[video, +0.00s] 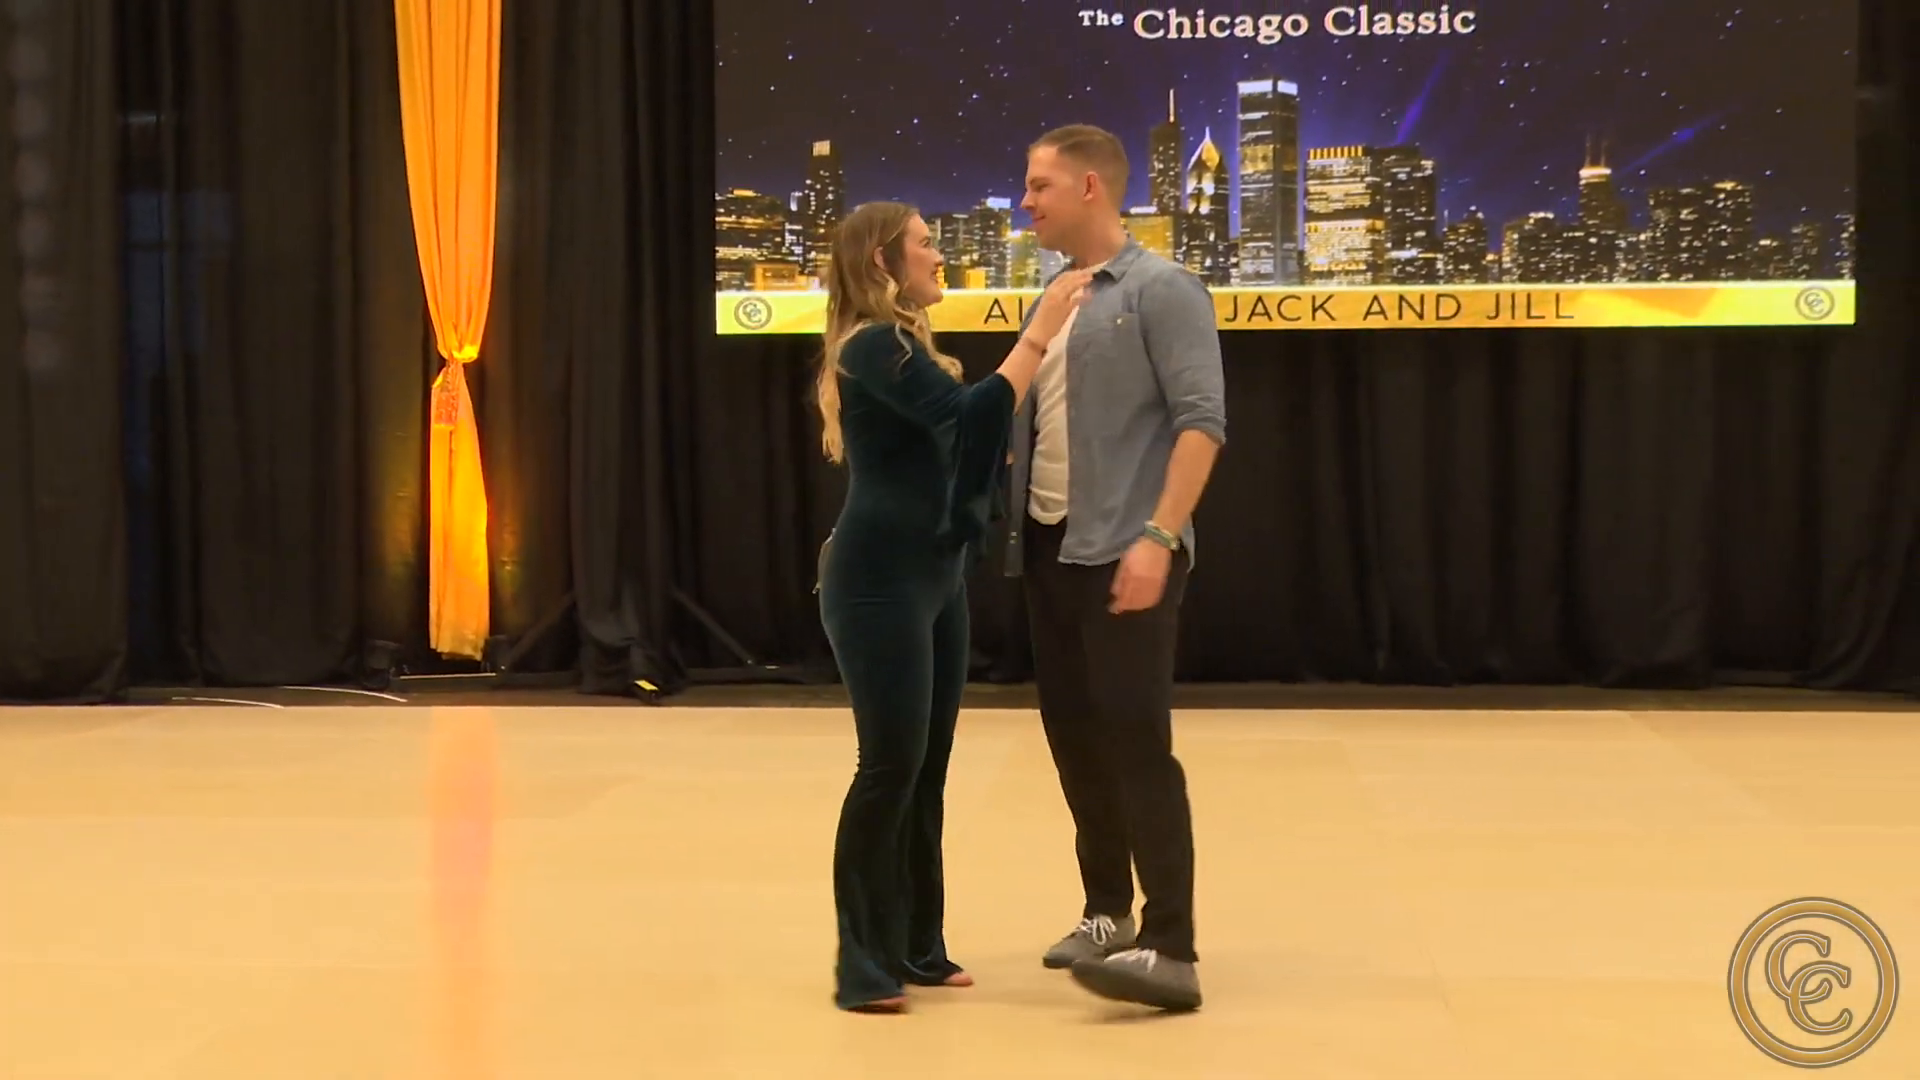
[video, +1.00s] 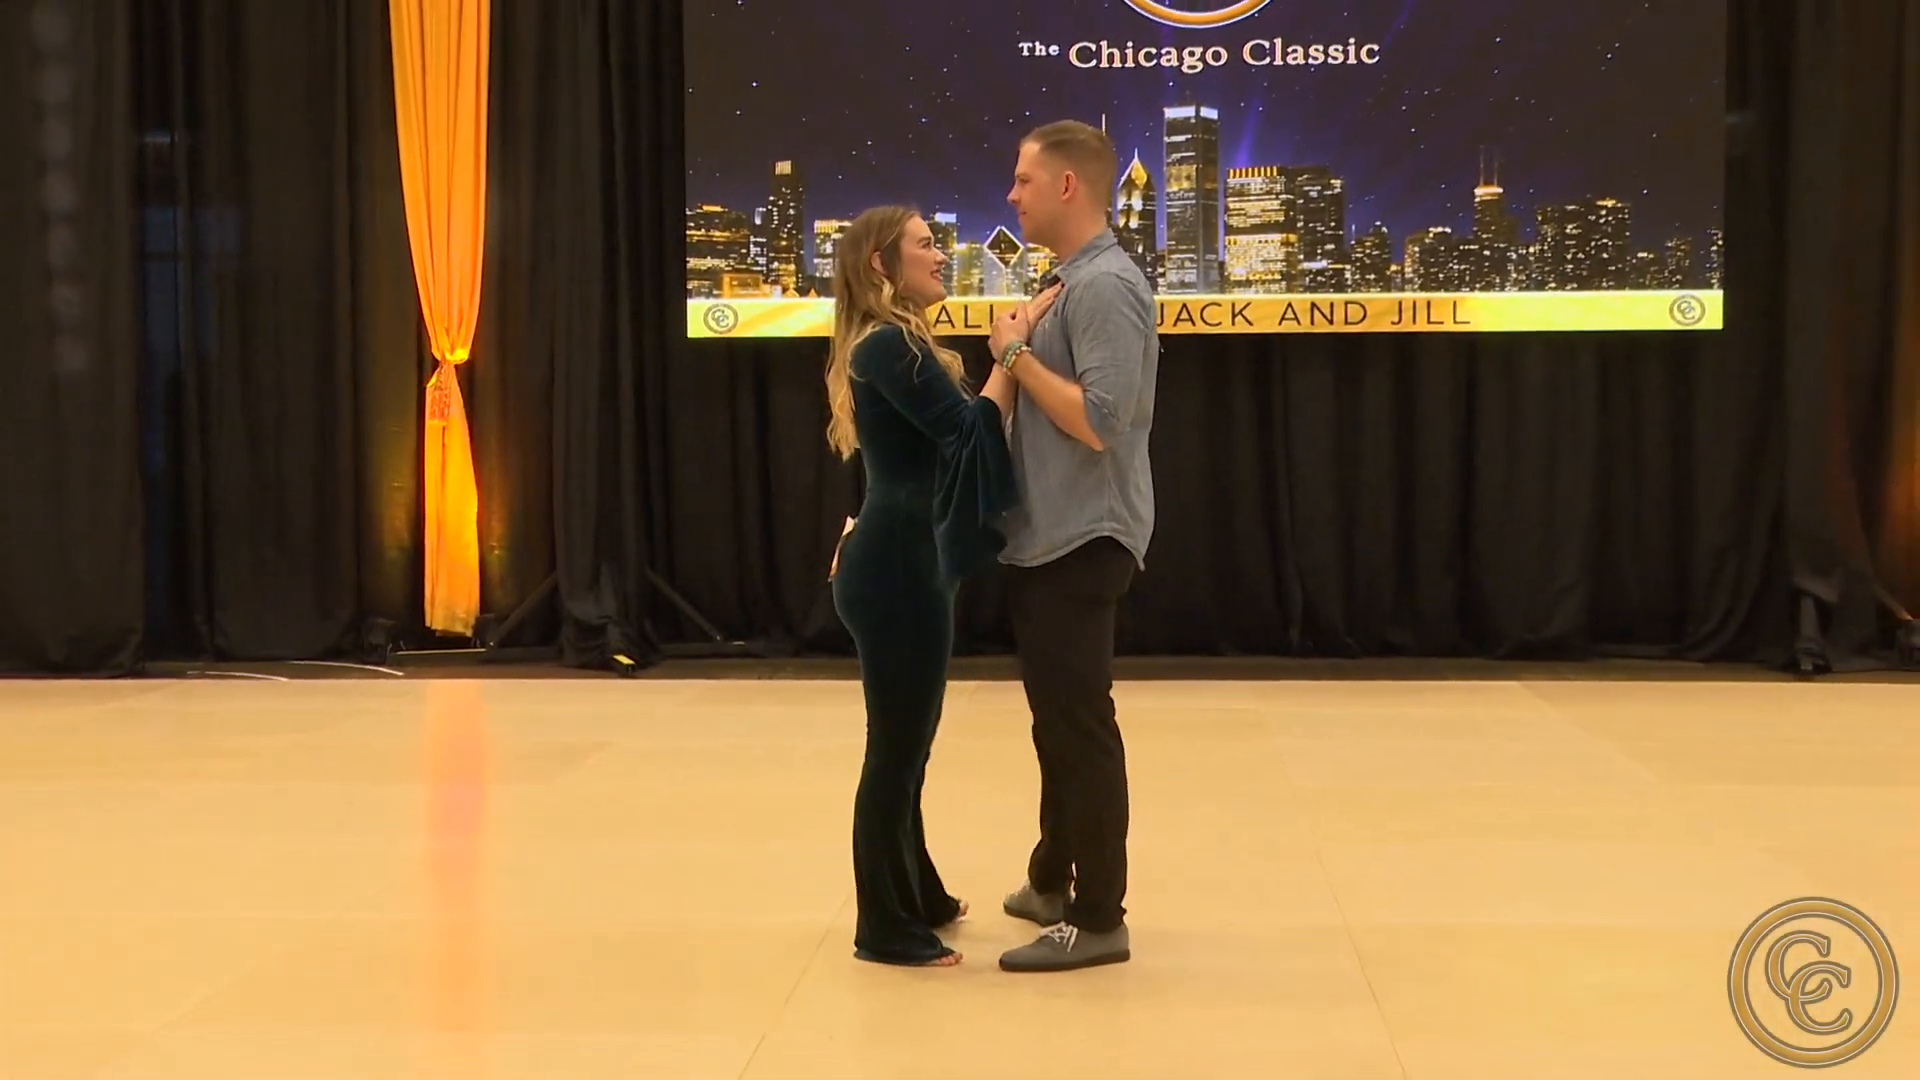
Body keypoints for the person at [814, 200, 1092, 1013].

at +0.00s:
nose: (939, 255)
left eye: (935, 242)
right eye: (926, 244)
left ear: (888, 260)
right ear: (883, 259)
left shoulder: (915, 344)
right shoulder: (872, 344)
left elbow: (971, 449)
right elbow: (966, 417)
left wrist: (1033, 354)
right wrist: (1037, 337)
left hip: (936, 579)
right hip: (878, 583)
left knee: (926, 765)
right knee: (888, 767)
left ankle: (916, 947)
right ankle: (862, 965)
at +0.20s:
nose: (942, 254)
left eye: (936, 242)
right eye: (927, 243)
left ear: (891, 261)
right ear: (883, 261)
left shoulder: (910, 344)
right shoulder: (882, 344)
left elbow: (991, 436)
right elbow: (989, 415)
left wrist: (1040, 347)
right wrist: (1050, 322)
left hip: (916, 577)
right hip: (884, 581)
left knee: (897, 760)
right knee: (900, 764)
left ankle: (880, 934)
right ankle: (917, 961)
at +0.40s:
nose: (945, 250)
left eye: (941, 238)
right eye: (931, 239)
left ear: (890, 259)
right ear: (886, 257)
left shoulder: (910, 338)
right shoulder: (881, 341)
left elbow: (988, 406)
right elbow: (961, 411)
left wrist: (1027, 347)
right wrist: (1034, 333)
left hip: (915, 569)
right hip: (891, 572)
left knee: (898, 752)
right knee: (910, 756)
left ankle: (871, 927)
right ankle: (903, 950)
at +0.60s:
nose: (951, 249)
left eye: (948, 237)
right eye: (936, 237)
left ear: (899, 256)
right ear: (890, 253)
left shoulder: (919, 333)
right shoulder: (886, 336)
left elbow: (976, 414)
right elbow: (957, 416)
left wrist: (1023, 340)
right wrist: (1003, 347)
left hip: (926, 566)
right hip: (895, 570)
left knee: (953, 727)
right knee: (918, 742)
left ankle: (890, 906)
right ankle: (902, 941)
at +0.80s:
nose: (945, 251)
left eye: (942, 239)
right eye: (930, 240)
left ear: (892, 260)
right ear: (885, 258)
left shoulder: (915, 336)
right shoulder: (884, 340)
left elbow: (978, 430)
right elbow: (965, 429)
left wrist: (1012, 343)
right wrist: (1007, 344)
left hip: (925, 564)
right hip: (891, 569)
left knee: (950, 723)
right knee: (907, 745)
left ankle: (922, 917)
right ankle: (889, 936)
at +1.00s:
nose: (940, 256)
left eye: (936, 244)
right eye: (926, 245)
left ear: (888, 266)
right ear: (882, 264)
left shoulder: (906, 341)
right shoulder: (886, 347)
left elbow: (967, 437)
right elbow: (967, 436)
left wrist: (1010, 352)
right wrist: (1008, 350)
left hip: (913, 561)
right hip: (892, 568)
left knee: (909, 744)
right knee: (893, 751)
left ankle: (912, 898)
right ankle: (883, 927)